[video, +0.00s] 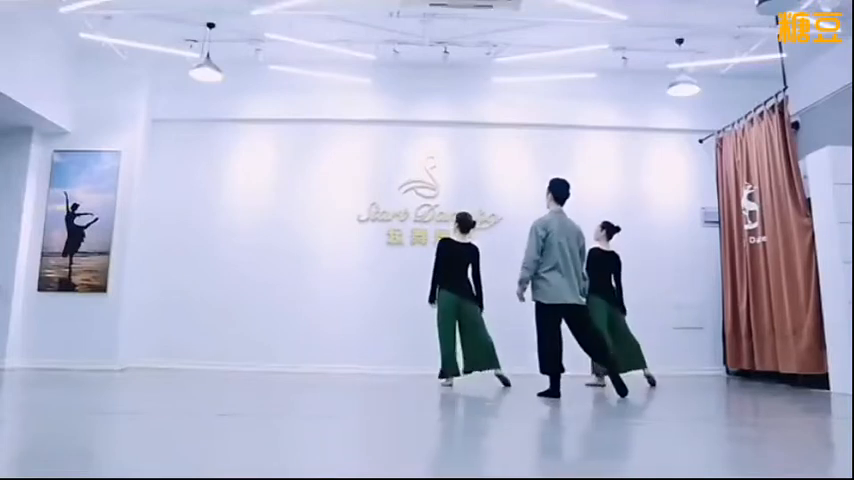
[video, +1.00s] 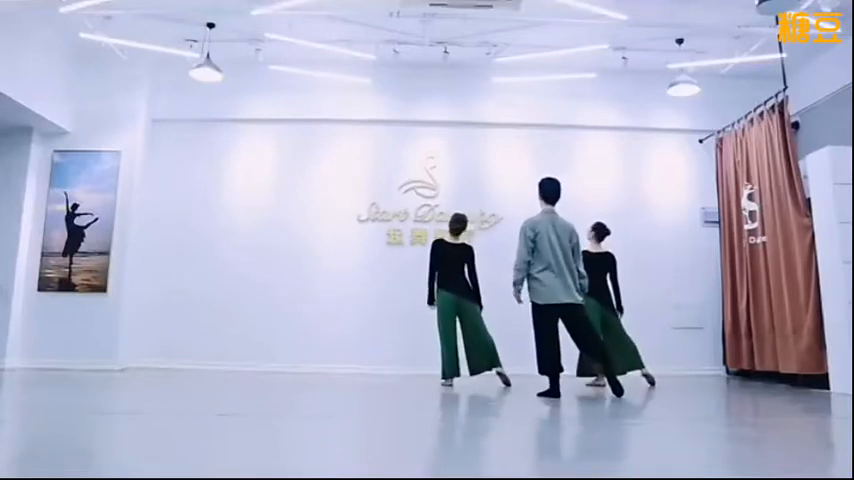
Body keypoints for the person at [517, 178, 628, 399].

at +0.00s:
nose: (545, 197)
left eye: (546, 193)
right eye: (548, 193)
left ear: (549, 195)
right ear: (565, 198)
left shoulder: (541, 225)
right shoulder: (576, 229)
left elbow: (531, 259)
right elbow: (581, 265)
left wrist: (522, 283)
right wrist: (581, 290)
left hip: (547, 295)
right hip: (572, 294)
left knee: (550, 342)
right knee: (589, 337)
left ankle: (554, 387)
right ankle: (614, 374)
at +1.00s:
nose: (541, 196)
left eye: (540, 193)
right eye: (551, 193)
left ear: (539, 195)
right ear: (559, 196)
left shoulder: (530, 226)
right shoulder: (568, 228)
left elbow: (523, 260)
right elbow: (578, 264)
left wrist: (517, 285)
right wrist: (581, 290)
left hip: (542, 296)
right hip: (568, 295)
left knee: (548, 343)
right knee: (589, 338)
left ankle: (554, 387)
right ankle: (611, 376)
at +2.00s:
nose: (541, 197)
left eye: (539, 193)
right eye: (551, 193)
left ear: (537, 196)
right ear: (557, 197)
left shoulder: (528, 226)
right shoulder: (567, 227)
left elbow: (519, 259)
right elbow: (577, 263)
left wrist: (511, 284)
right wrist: (580, 289)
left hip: (540, 296)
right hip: (566, 295)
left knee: (546, 343)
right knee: (587, 337)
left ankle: (553, 387)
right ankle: (611, 376)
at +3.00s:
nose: (517, 234)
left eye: (518, 231)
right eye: (518, 232)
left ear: (521, 231)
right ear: (537, 230)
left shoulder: (519, 248)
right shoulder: (552, 248)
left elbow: (511, 280)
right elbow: (565, 280)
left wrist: (503, 306)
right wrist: (569, 311)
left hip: (534, 303)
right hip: (559, 303)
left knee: (531, 344)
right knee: (529, 341)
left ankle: (551, 385)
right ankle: (525, 368)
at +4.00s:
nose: (502, 192)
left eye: (501, 188)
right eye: (510, 188)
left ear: (501, 190)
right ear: (519, 191)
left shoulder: (494, 217)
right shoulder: (529, 222)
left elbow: (483, 249)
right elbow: (535, 258)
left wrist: (475, 274)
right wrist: (533, 285)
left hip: (498, 282)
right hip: (522, 283)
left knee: (502, 330)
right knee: (516, 332)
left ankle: (515, 370)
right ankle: (509, 382)